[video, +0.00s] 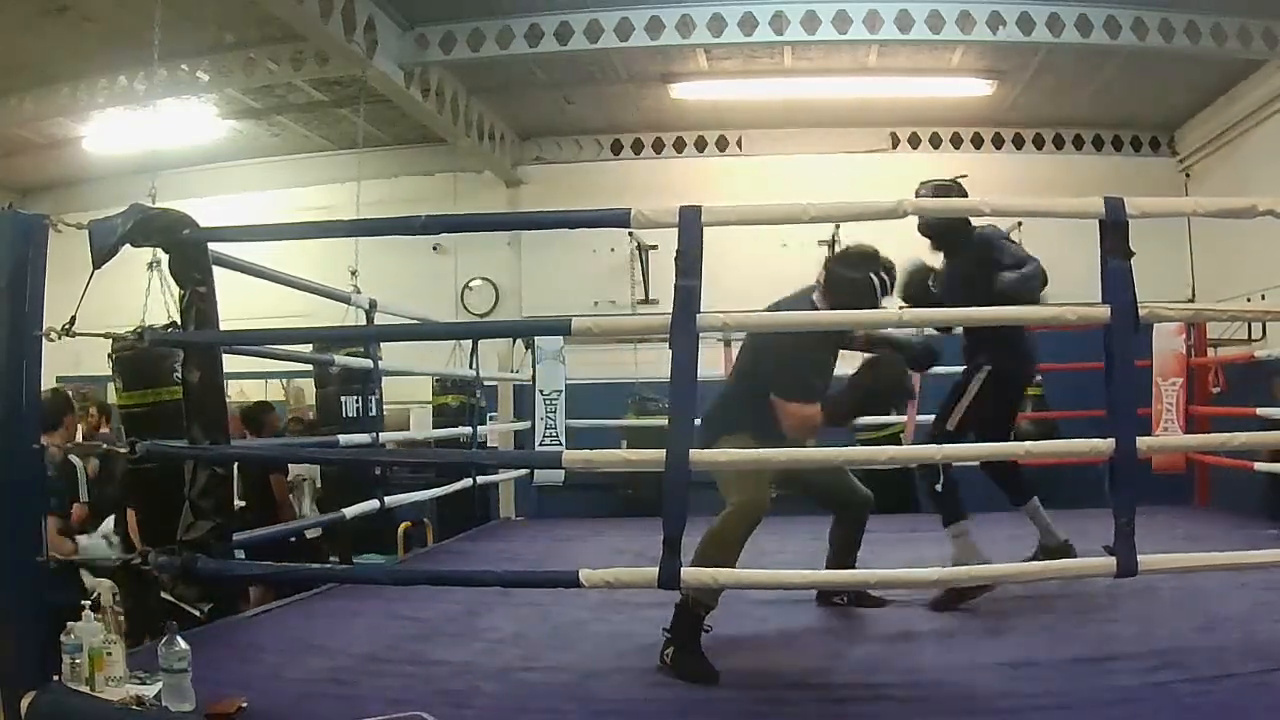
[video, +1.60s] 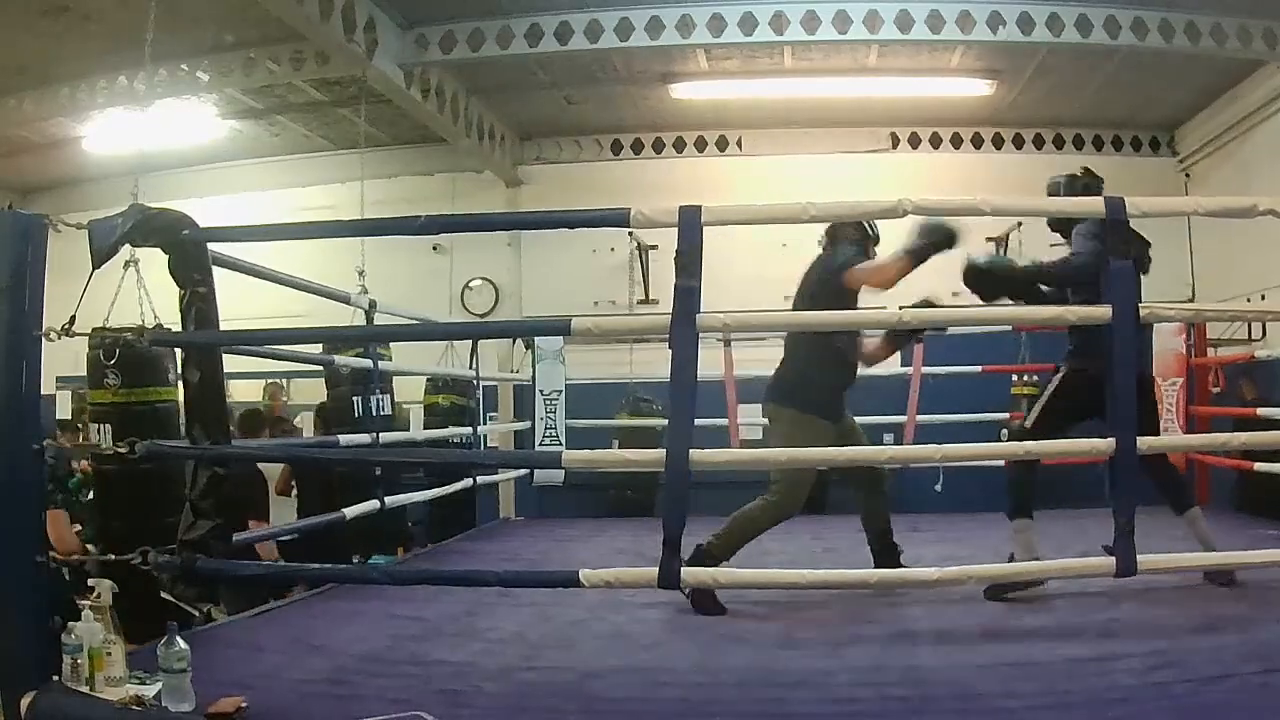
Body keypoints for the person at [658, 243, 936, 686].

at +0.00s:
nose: (866, 318)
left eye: (869, 308)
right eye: (861, 308)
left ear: (865, 295)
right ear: (835, 294)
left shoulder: (832, 317)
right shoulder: (791, 325)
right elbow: (797, 423)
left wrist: (897, 348)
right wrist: (859, 396)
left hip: (782, 434)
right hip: (733, 432)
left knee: (855, 502)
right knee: (749, 504)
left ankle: (837, 583)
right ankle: (682, 636)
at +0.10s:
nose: (844, 272)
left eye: (848, 262)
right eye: (843, 262)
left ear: (812, 243)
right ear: (824, 253)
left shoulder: (799, 281)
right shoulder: (775, 288)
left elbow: (826, 319)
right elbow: (813, 375)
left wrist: (867, 306)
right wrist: (870, 328)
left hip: (773, 414)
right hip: (727, 415)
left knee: (821, 494)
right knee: (749, 509)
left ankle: (835, 579)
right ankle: (682, 639)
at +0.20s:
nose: (825, 221)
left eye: (830, 211)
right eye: (822, 209)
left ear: (803, 202)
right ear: (796, 201)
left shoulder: (788, 249)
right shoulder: (760, 239)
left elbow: (835, 310)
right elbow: (829, 317)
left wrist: (854, 273)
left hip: (761, 394)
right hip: (724, 395)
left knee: (802, 467)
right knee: (756, 496)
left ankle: (801, 580)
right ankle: (681, 624)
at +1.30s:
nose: (814, 222)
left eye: (817, 216)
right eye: (809, 214)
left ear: (810, 215)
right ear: (788, 209)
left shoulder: (808, 255)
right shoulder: (749, 252)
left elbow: (867, 282)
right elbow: (799, 302)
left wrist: (921, 258)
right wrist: (822, 256)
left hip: (804, 393)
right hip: (750, 398)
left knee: (861, 465)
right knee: (741, 477)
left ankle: (855, 563)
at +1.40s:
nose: (834, 225)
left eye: (835, 217)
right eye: (830, 216)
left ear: (811, 216)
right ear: (807, 214)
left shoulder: (828, 268)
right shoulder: (763, 263)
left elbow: (886, 288)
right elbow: (797, 316)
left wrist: (932, 256)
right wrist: (833, 271)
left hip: (816, 407)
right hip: (762, 411)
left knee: (871, 476)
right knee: (751, 501)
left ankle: (890, 557)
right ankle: (714, 586)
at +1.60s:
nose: (871, 255)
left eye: (870, 249)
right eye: (868, 247)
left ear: (835, 242)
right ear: (856, 243)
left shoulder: (841, 298)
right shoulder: (829, 269)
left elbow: (867, 355)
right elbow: (880, 277)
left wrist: (907, 330)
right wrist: (922, 248)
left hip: (828, 410)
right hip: (798, 407)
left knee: (870, 476)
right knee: (787, 498)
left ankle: (888, 566)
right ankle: (701, 563)